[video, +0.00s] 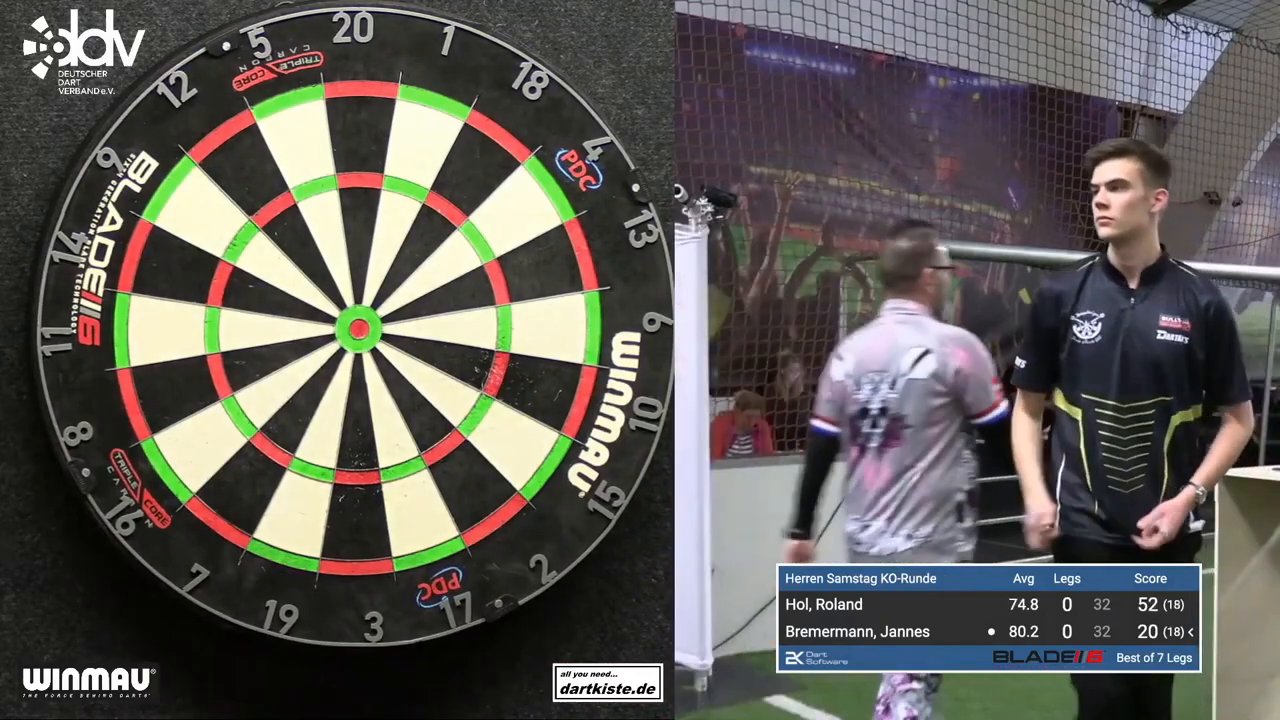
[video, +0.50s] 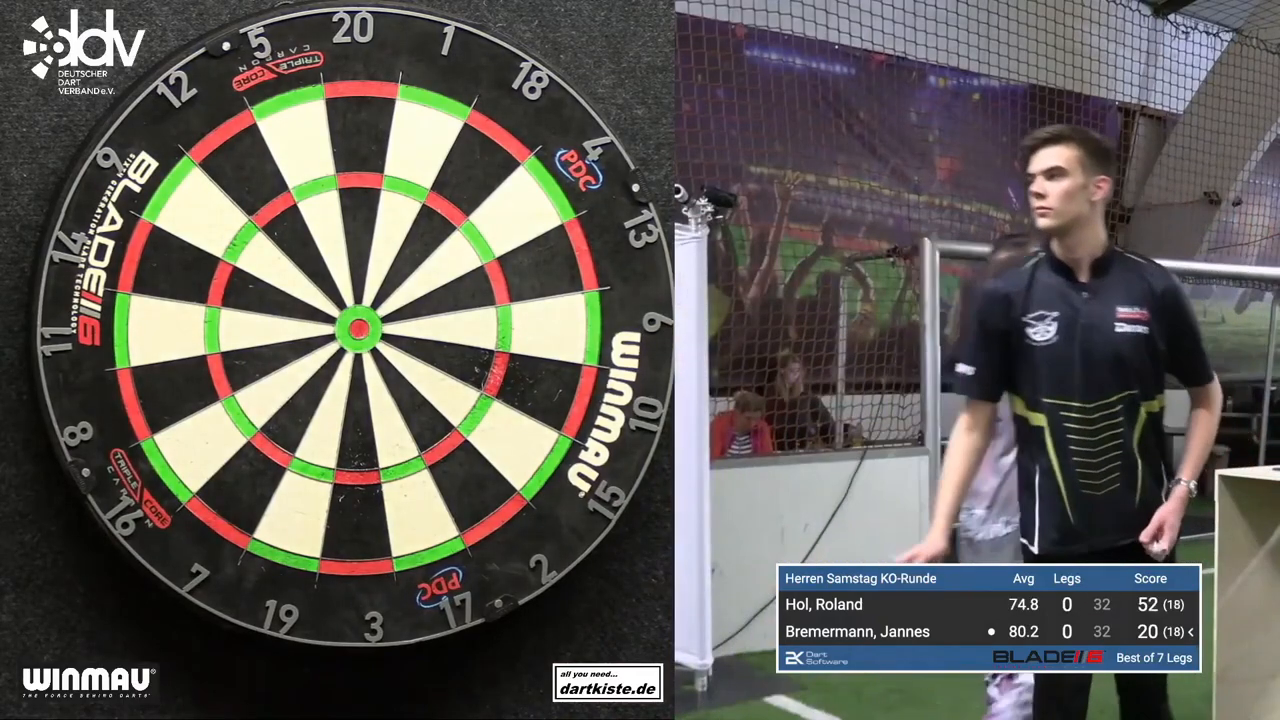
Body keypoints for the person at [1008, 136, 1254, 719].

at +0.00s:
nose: (1100, 200)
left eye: (1116, 188)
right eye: (1095, 190)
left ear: (1158, 201)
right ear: (1089, 203)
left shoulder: (1202, 305)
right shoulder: (1058, 298)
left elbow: (1239, 419)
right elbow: (1028, 409)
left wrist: (1186, 499)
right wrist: (1035, 496)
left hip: (1167, 536)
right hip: (1082, 533)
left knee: (1153, 693)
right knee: (1098, 694)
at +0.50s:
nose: (1036, 190)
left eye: (1053, 176)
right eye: (1031, 180)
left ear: (1100, 188)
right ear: (1027, 193)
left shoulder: (1154, 289)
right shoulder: (1007, 296)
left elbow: (1207, 397)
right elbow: (974, 424)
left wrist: (1180, 495)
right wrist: (939, 530)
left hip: (1141, 534)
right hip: (1052, 538)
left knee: (1147, 698)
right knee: (1058, 702)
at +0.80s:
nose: (993, 189)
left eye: (1011, 175)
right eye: (990, 179)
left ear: (1059, 185)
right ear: (987, 192)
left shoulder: (1124, 281)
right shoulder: (974, 306)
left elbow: (1190, 381)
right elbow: (929, 432)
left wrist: (1174, 483)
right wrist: (865, 546)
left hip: (1137, 534)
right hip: (1045, 546)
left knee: (1159, 695)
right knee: (1046, 703)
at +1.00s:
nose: (978, 193)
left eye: (996, 178)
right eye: (976, 182)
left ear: (1045, 190)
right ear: (976, 196)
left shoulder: (1116, 280)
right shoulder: (965, 305)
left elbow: (1186, 374)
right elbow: (891, 408)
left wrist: (1175, 479)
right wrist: (799, 520)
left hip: (1140, 527)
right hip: (1049, 541)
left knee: (1162, 692)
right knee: (1051, 699)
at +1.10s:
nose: (976, 193)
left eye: (993, 178)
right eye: (972, 183)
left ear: (1042, 189)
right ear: (970, 198)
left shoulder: (1114, 279)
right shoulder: (964, 299)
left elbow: (1182, 371)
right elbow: (864, 384)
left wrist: (1174, 478)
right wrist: (753, 463)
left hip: (1145, 526)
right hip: (1054, 543)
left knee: (1164, 694)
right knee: (1050, 703)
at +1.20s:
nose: (974, 192)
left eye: (991, 178)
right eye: (970, 183)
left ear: (1040, 190)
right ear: (972, 198)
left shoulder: (1111, 279)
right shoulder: (962, 297)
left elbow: (1182, 374)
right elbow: (844, 364)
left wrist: (1171, 480)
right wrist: (714, 377)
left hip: (1141, 528)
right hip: (1049, 544)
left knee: (1163, 695)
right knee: (1049, 704)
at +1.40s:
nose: (972, 193)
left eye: (988, 178)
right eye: (969, 183)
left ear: (1039, 190)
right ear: (967, 198)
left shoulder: (1109, 280)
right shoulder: (961, 295)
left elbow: (1178, 378)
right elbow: (849, 352)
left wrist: (1167, 481)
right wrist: (725, 277)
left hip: (1138, 527)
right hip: (1047, 541)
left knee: (1161, 692)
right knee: (1049, 700)